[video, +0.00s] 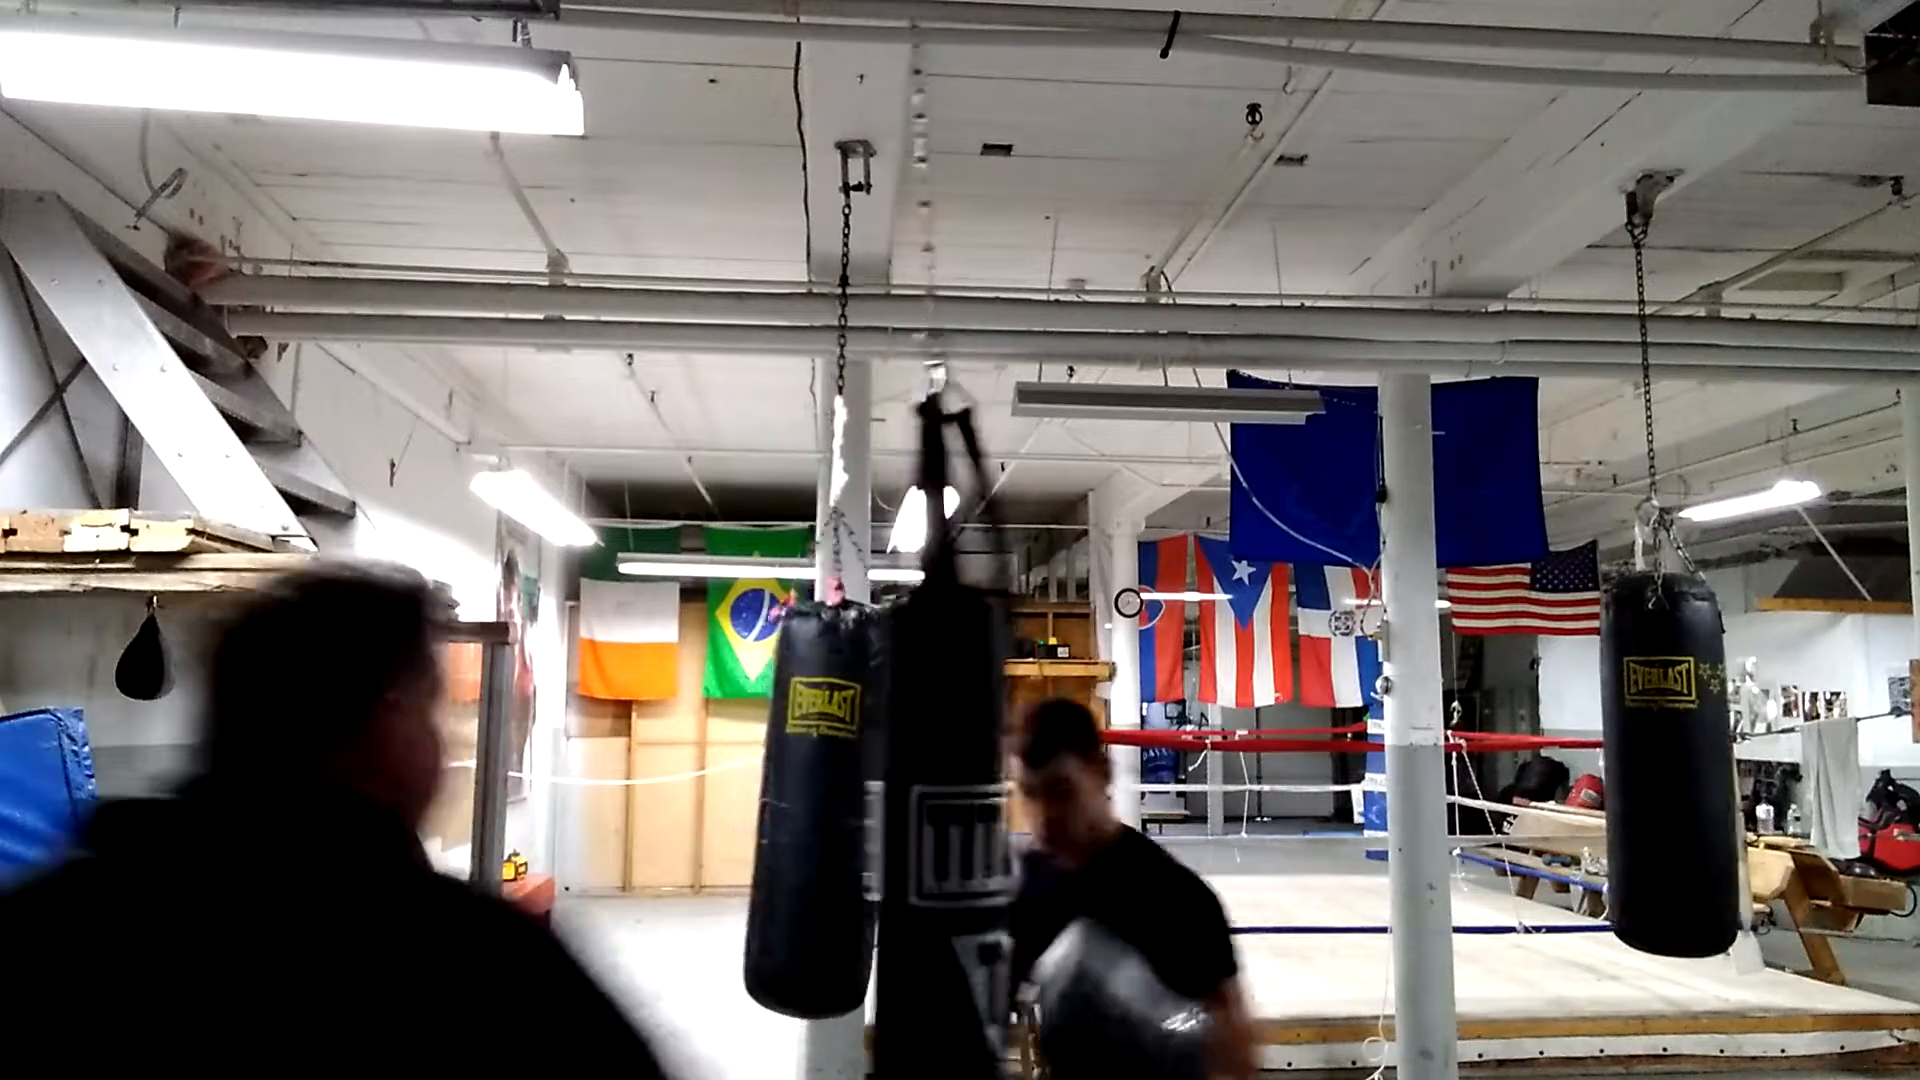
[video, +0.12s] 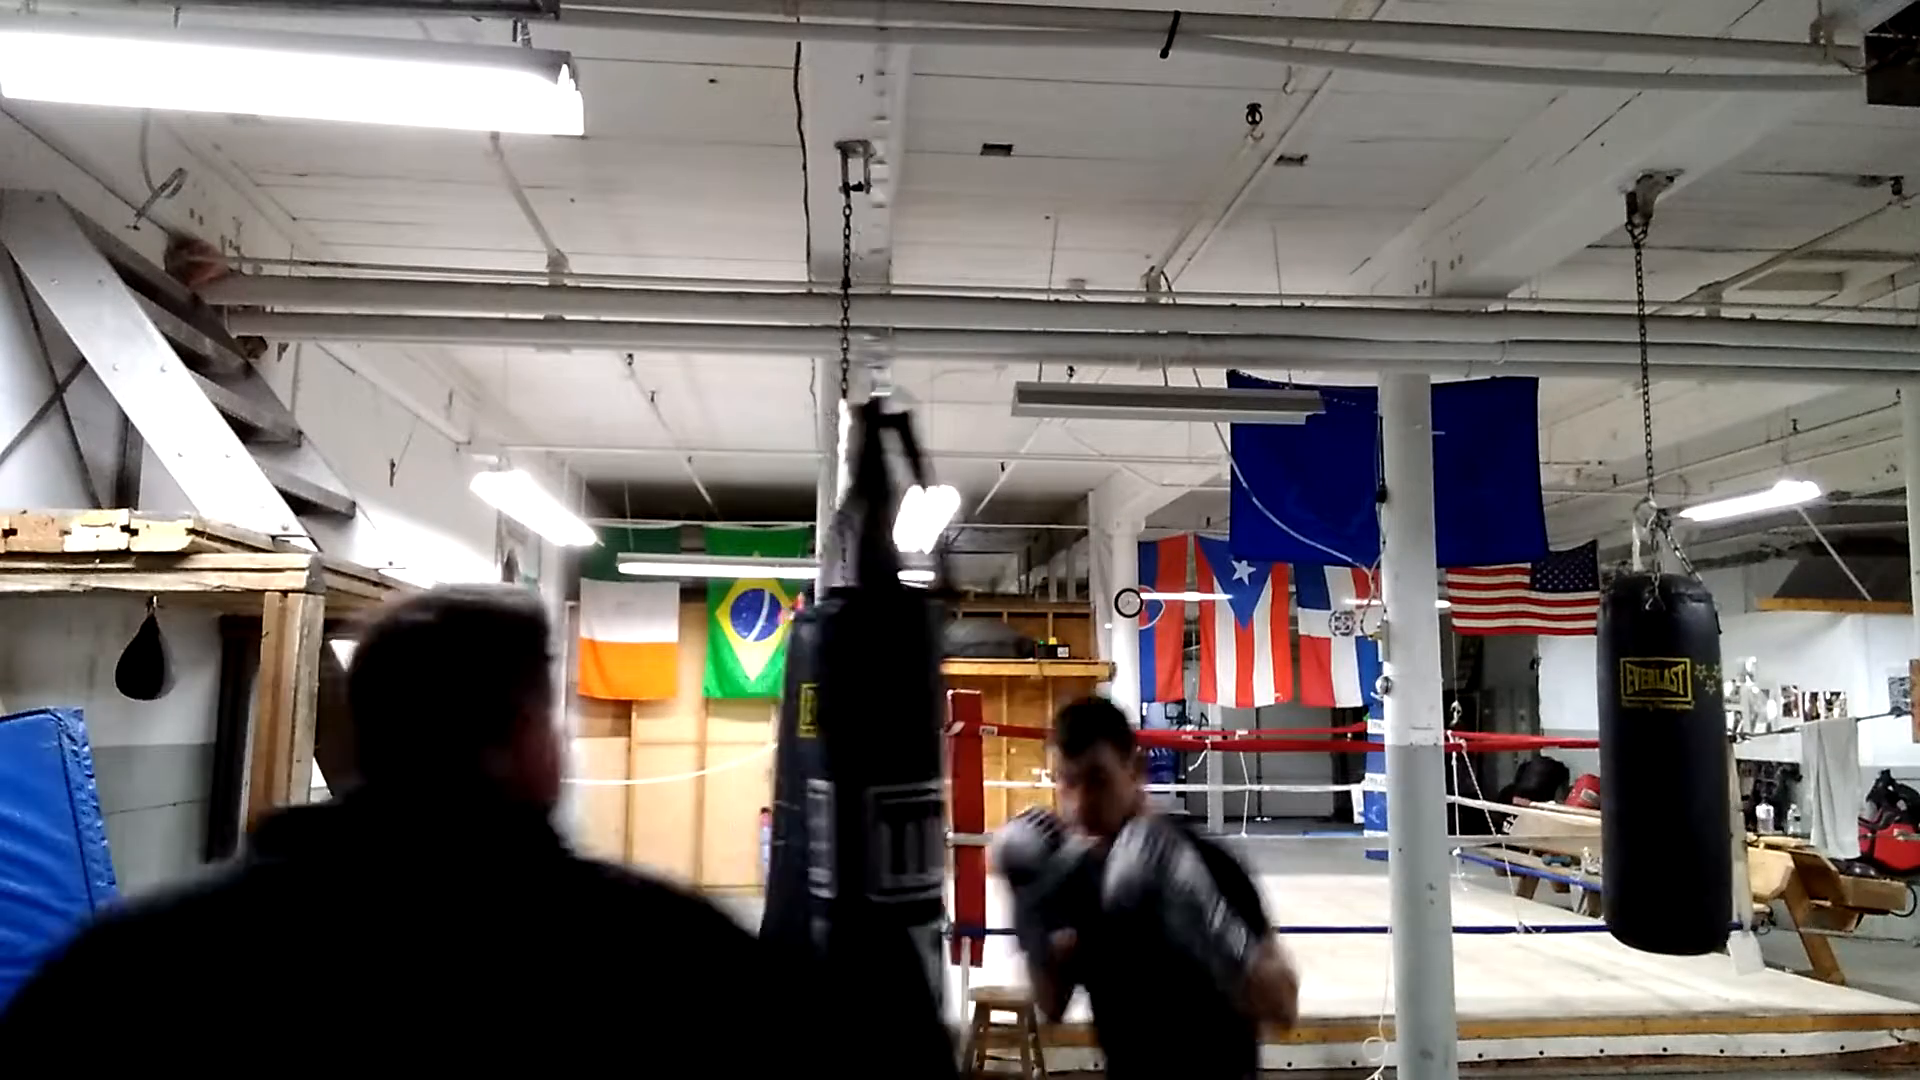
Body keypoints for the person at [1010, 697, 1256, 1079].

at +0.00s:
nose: (1045, 814)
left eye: (1060, 791)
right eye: (1031, 795)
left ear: (1103, 774)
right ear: (1020, 790)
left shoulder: (1176, 895)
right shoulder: (1035, 879)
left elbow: (1234, 1038)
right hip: (1067, 1078)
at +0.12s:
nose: (1082, 800)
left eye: (1096, 779)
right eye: (1068, 782)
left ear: (1136, 769)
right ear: (1054, 781)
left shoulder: (1204, 864)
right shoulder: (1077, 875)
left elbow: (1281, 1000)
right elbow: (1052, 1004)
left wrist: (1188, 893)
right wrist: (1029, 892)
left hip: (1217, 1076)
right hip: (1130, 1074)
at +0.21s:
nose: (1100, 765)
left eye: (1115, 743)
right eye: (1089, 747)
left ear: (1156, 734)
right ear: (1080, 747)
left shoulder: (1231, 825)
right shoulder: (1103, 840)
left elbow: (1297, 963)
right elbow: (1097, 979)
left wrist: (1209, 877)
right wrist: (1069, 865)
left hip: (1241, 1048)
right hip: (1153, 1051)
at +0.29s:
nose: (1129, 750)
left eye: (1143, 728)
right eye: (1117, 731)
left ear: (1183, 715)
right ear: (1107, 730)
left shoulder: (1253, 810)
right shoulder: (1117, 813)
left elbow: (1317, 945)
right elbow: (1129, 966)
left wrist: (1220, 871)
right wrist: (1100, 861)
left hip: (1261, 1038)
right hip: (1185, 1040)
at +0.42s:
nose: (1173, 780)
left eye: (1186, 758)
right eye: (1160, 762)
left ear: (1228, 745)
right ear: (1151, 761)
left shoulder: (1287, 839)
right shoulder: (1168, 846)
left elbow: (1358, 971)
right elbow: (1155, 985)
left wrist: (1242, 919)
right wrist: (1124, 894)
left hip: (1293, 1065)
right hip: (1211, 1060)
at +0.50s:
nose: (1186, 789)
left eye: (1203, 768)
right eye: (1175, 770)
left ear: (1242, 755)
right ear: (1165, 767)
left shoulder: (1313, 852)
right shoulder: (1192, 860)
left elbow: (1387, 972)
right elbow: (1183, 997)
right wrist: (1151, 928)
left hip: (1312, 1060)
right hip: (1230, 1056)